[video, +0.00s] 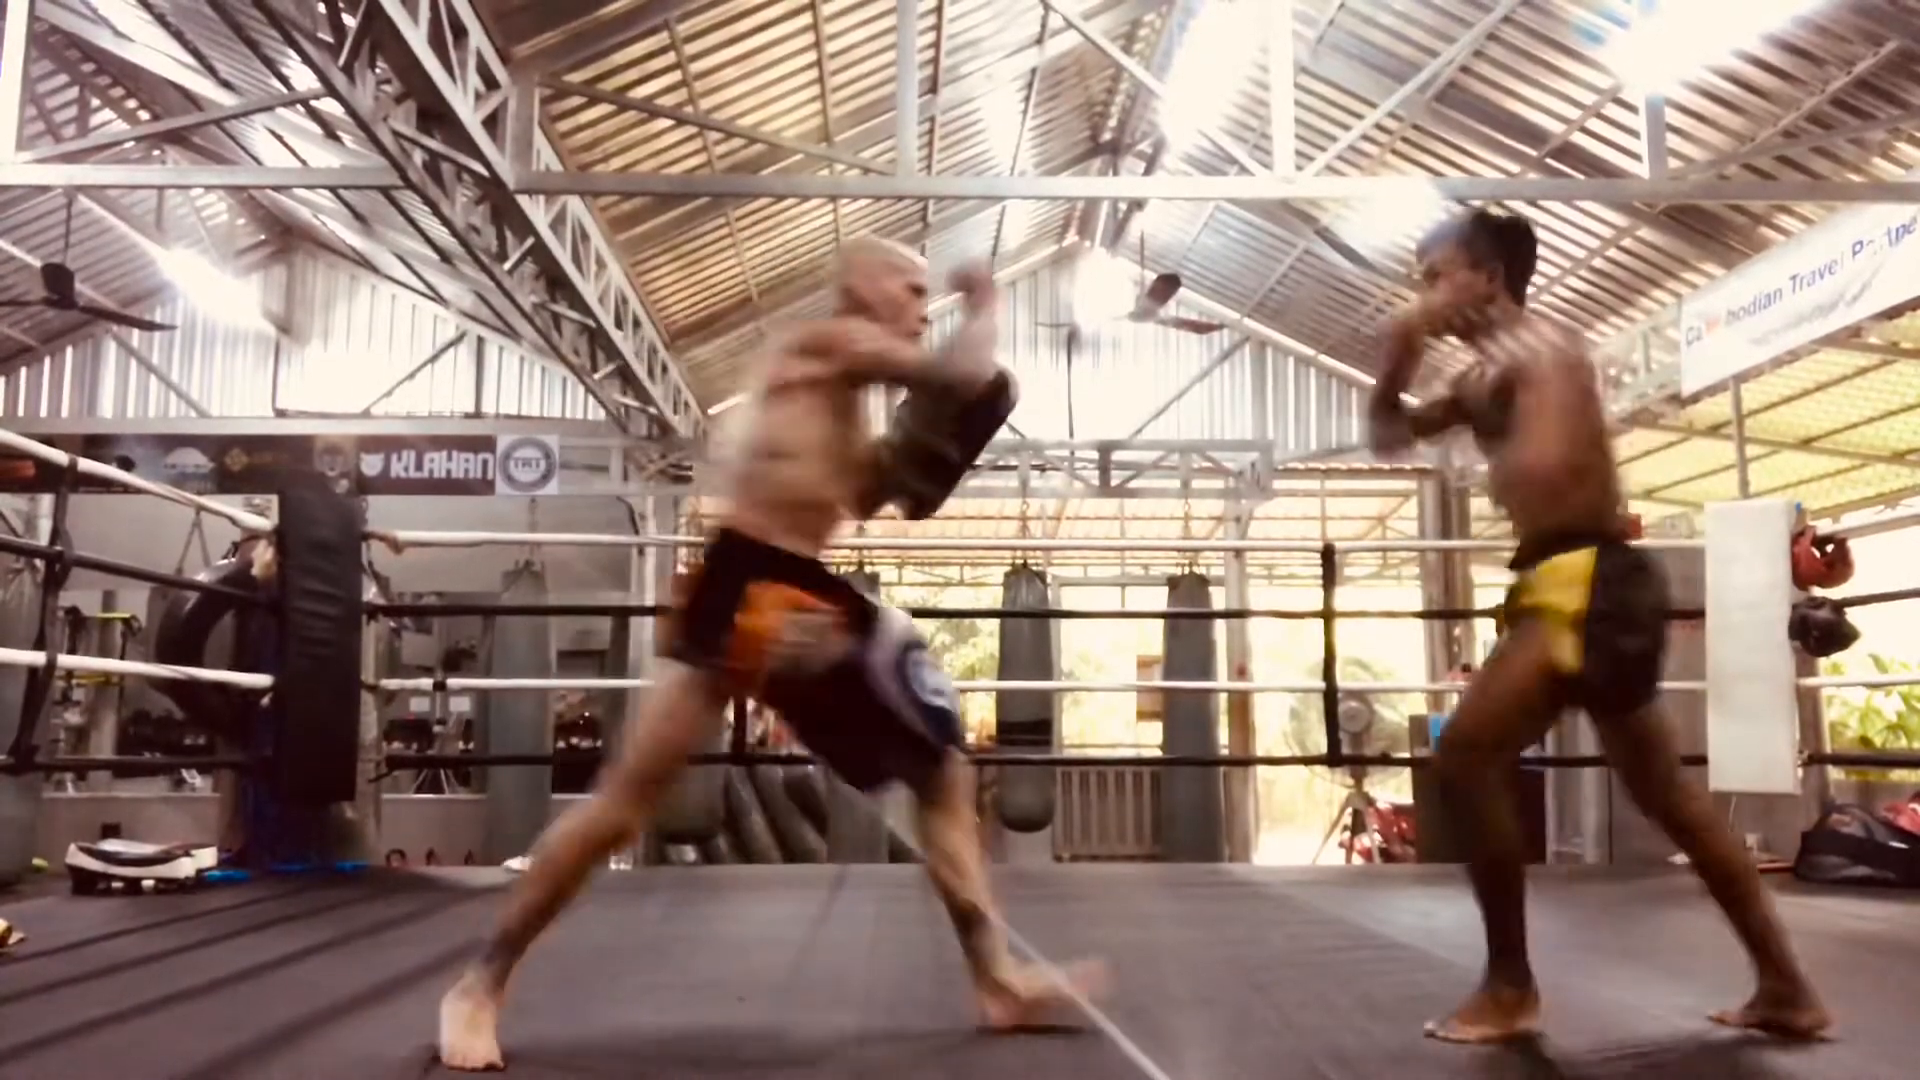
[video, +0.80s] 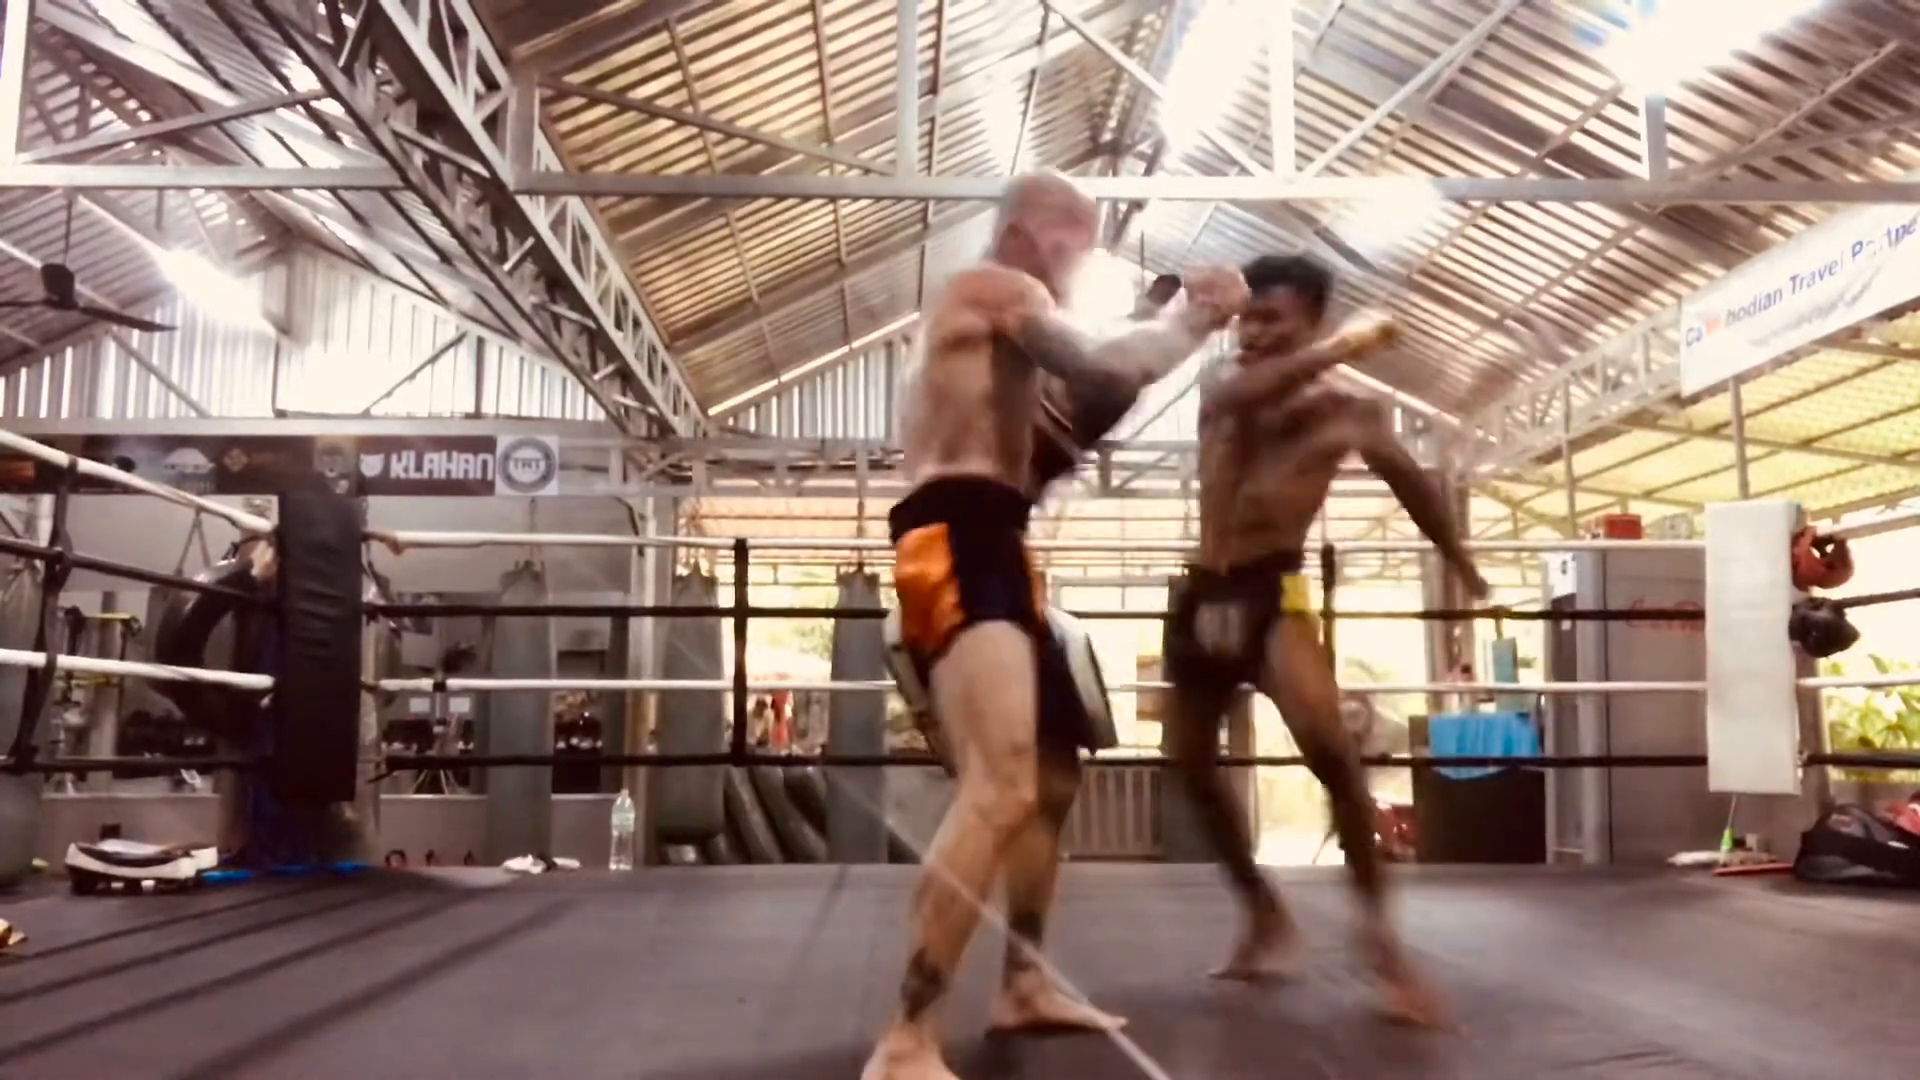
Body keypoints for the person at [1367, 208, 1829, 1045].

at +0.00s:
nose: (1427, 294)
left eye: (1437, 277)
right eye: (1426, 280)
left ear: (1487, 277)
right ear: (1479, 282)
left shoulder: (1541, 346)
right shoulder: (1489, 368)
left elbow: (1543, 477)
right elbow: (1389, 432)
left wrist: (1481, 414)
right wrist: (1404, 336)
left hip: (1586, 581)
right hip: (1572, 579)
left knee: (1468, 754)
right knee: (1670, 795)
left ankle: (1507, 987)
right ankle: (1785, 987)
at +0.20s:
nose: (1450, 267)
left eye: (1465, 253)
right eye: (1452, 253)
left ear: (1519, 257)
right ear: (1501, 260)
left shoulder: (1600, 343)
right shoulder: (1466, 347)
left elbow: (1701, 414)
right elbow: (1377, 399)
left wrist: (1737, 443)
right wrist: (1303, 403)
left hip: (1475, 570)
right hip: (1410, 558)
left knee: (1462, 793)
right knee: (1287, 641)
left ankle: (1515, 1000)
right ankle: (1359, 748)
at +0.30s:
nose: (1468, 284)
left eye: (1485, 268)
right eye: (1467, 268)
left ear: (1541, 274)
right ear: (1474, 271)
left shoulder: (1584, 375)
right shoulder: (1445, 359)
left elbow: (1633, 437)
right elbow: (1362, 430)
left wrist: (1572, 378)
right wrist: (1274, 472)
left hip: (1429, 580)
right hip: (1363, 516)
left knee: (1441, 775)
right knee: (1190, 461)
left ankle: (1482, 988)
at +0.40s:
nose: (1429, 293)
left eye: (1442, 280)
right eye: (1431, 278)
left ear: (1491, 286)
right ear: (1474, 285)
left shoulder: (1549, 368)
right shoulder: (1442, 361)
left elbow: (1493, 409)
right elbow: (1355, 429)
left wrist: (1394, 353)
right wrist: (1259, 457)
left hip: (1407, 576)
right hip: (1345, 520)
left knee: (1412, 782)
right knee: (1209, 439)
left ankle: (1471, 987)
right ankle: (1082, 414)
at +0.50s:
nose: (1392, 304)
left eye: (1406, 290)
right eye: (1393, 289)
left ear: (1456, 288)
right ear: (1422, 289)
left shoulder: (1495, 364)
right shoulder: (1416, 361)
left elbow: (1384, 387)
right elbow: (1340, 423)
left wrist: (1315, 313)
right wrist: (1241, 416)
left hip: (1388, 584)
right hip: (1321, 544)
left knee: (1414, 767)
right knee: (1204, 479)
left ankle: (1483, 983)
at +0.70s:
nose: (1303, 324)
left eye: (1317, 308)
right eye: (1299, 311)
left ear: (1364, 309)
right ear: (1297, 315)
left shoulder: (1393, 388)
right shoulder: (1289, 381)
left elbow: (1433, 500)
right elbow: (1200, 419)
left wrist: (1450, 632)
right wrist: (1243, 382)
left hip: (1322, 582)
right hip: (1254, 583)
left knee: (1370, 762)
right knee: (1230, 768)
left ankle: (1470, 962)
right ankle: (1283, 935)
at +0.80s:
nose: (1252, 335)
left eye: (1273, 322)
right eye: (1248, 320)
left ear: (1315, 327)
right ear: (1239, 324)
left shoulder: (1350, 409)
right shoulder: (1220, 394)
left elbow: (1414, 487)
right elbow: (1248, 390)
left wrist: (1461, 563)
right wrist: (1347, 343)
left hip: (1271, 597)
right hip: (1201, 597)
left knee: (1333, 758)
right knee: (1190, 769)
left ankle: (1378, 936)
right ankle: (1264, 914)